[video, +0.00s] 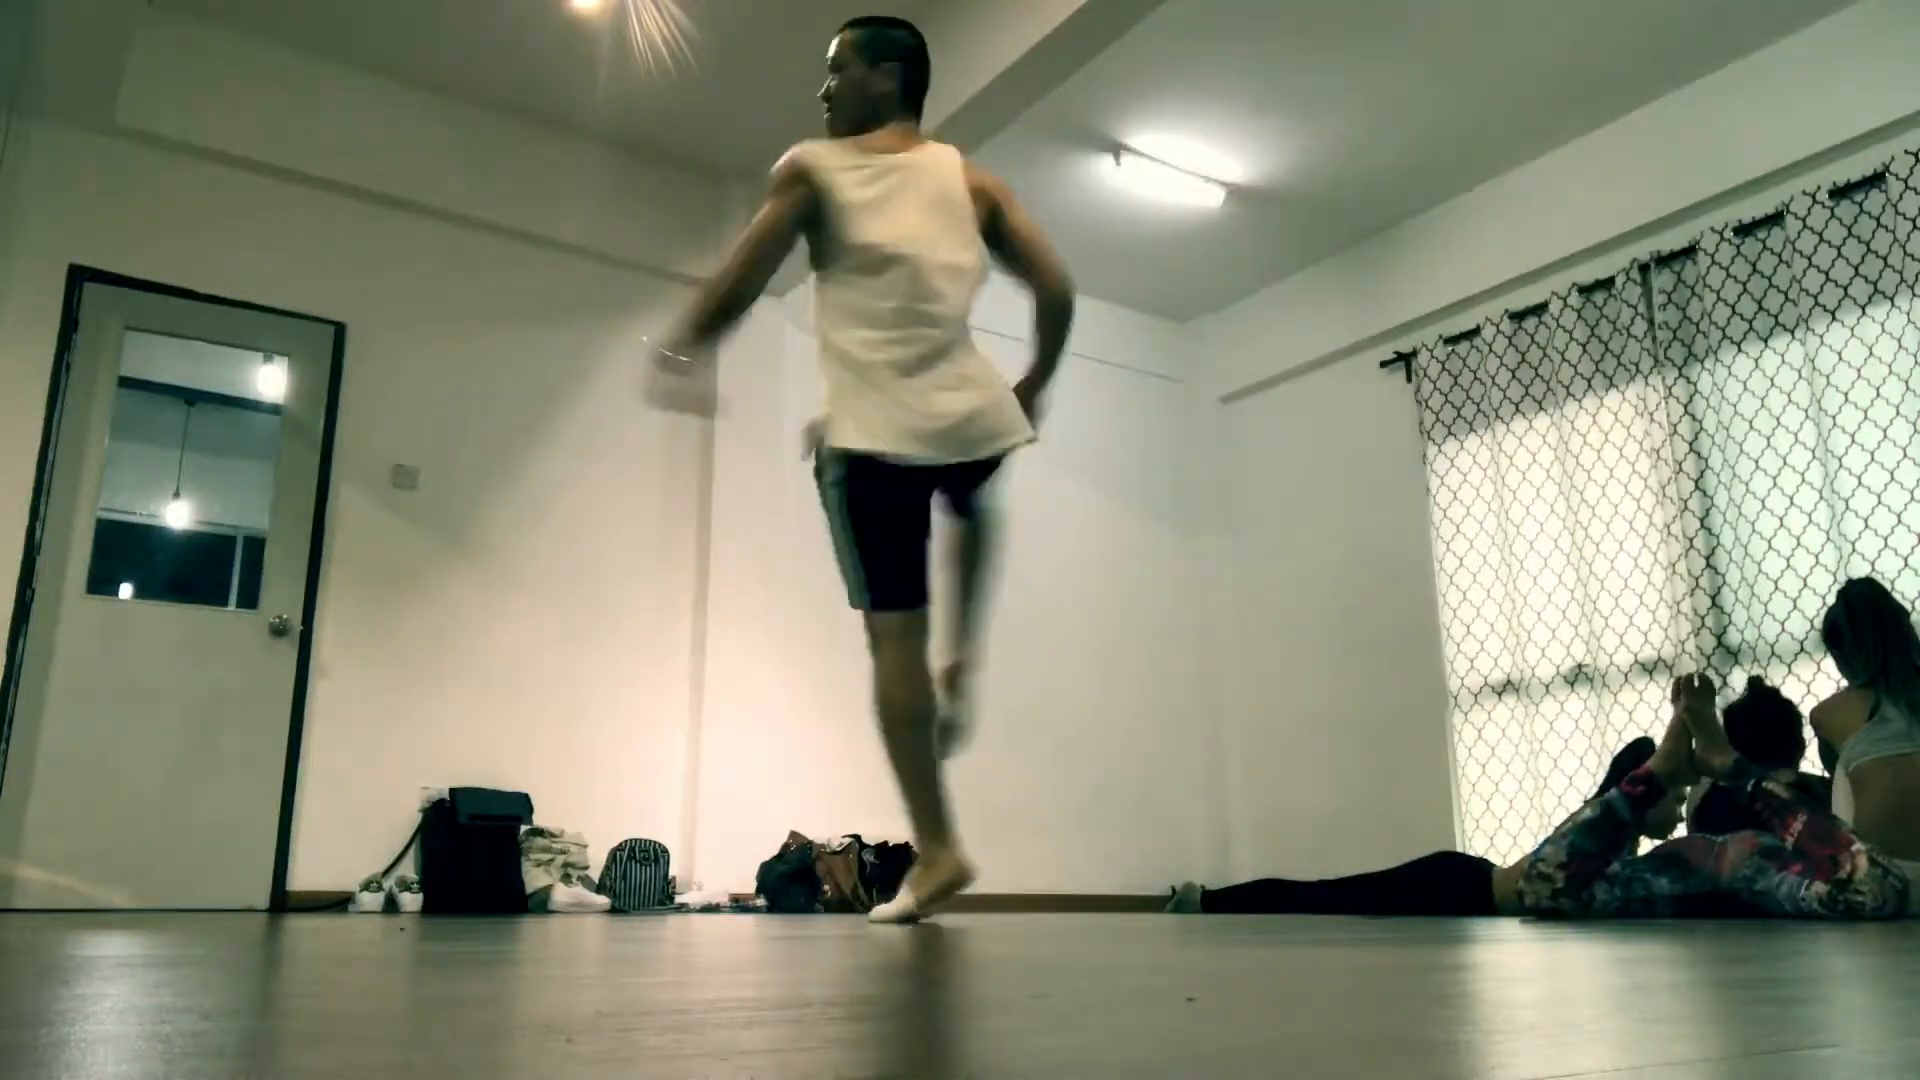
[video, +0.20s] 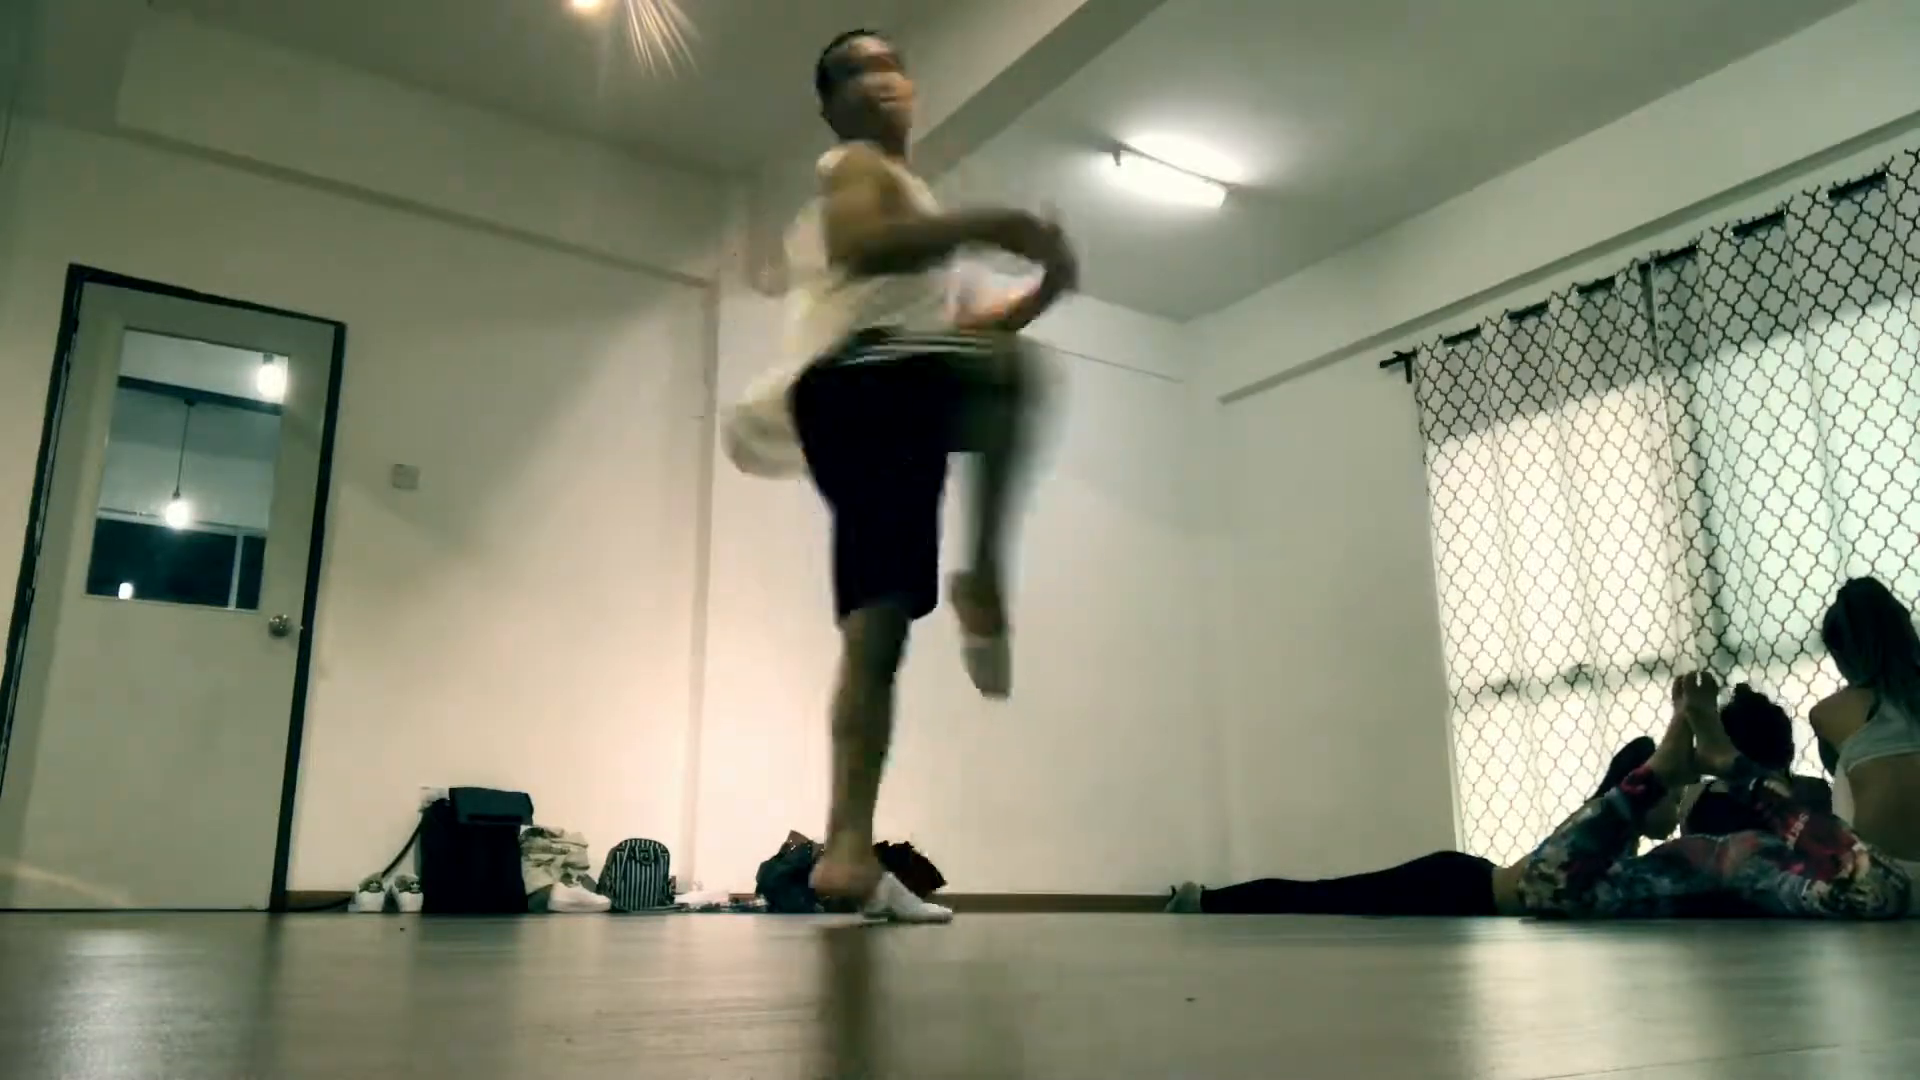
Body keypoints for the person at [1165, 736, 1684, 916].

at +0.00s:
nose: (1668, 801)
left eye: (1666, 790)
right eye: (1662, 787)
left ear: (1643, 784)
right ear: (1642, 786)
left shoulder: (1622, 820)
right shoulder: (1612, 824)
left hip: (1470, 882)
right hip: (1463, 885)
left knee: (1334, 893)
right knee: (1330, 897)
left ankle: (1211, 897)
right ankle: (1204, 902)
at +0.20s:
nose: (1694, 769)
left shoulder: (1634, 806)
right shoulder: (1629, 807)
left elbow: (1660, 782)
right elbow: (1658, 784)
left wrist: (1685, 721)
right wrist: (1685, 722)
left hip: (1474, 883)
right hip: (1470, 882)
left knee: (1335, 895)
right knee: (1332, 896)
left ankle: (1210, 899)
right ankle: (1206, 900)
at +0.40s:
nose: (1692, 741)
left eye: (1713, 736)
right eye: (1703, 733)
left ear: (1733, 750)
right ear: (1716, 743)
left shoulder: (1667, 801)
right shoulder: (1648, 789)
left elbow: (1665, 800)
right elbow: (1644, 793)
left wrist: (1694, 727)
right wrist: (1685, 728)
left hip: (1480, 887)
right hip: (1471, 880)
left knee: (1335, 898)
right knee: (1331, 896)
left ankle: (1209, 901)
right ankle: (1204, 901)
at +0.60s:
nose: (1676, 729)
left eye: (1695, 728)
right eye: (1685, 721)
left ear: (1726, 748)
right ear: (1702, 740)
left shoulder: (1695, 805)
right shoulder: (1648, 785)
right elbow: (1643, 794)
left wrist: (1696, 732)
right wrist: (1685, 729)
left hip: (1487, 888)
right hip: (1479, 879)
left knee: (1337, 898)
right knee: (1333, 894)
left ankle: (1211, 902)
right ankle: (1208, 900)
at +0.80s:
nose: (1672, 718)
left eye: (1686, 715)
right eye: (1674, 710)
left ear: (1718, 734)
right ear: (1693, 727)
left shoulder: (1712, 799)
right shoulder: (1649, 777)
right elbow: (1633, 798)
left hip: (1501, 890)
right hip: (1485, 878)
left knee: (1340, 901)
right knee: (1335, 894)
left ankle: (1212, 903)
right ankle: (1208, 901)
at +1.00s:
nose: (1682, 726)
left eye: (1698, 724)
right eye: (1689, 718)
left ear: (1720, 740)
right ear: (1704, 733)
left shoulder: (1702, 802)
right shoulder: (1652, 781)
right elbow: (1645, 790)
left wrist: (1690, 721)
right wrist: (1681, 718)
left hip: (1497, 889)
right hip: (1488, 880)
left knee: (1340, 900)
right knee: (1336, 895)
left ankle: (1212, 902)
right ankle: (1208, 900)